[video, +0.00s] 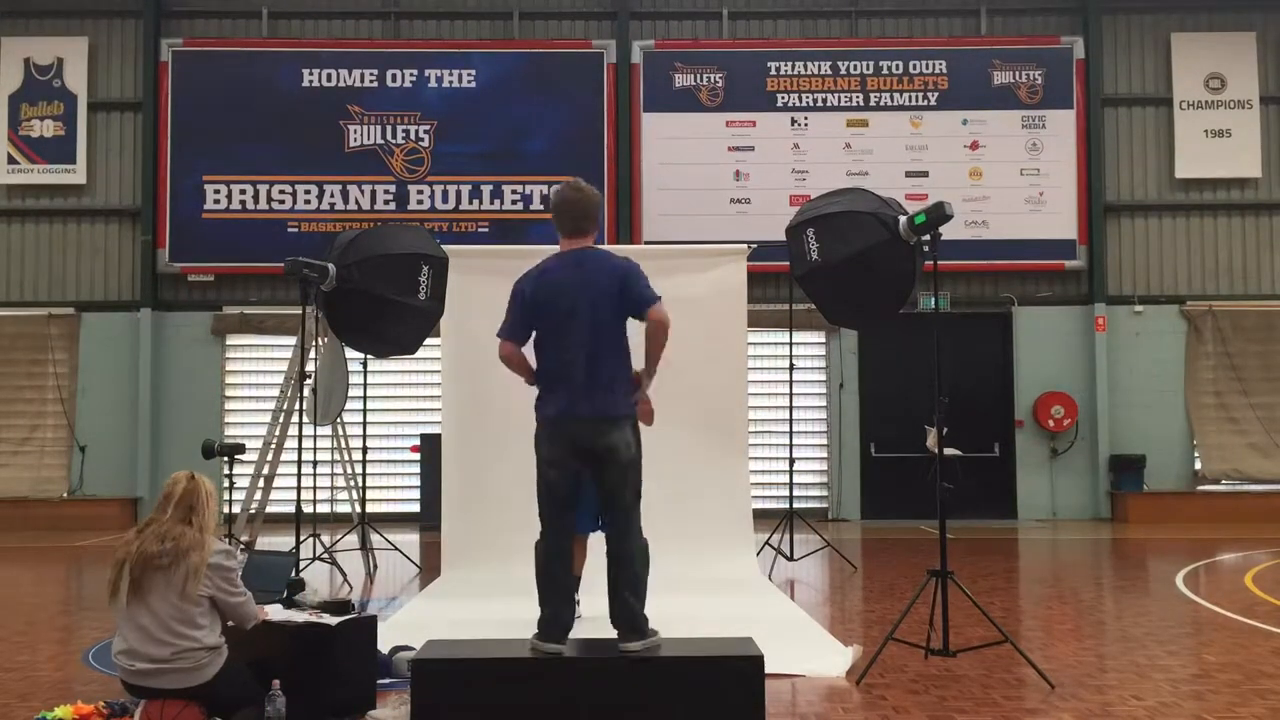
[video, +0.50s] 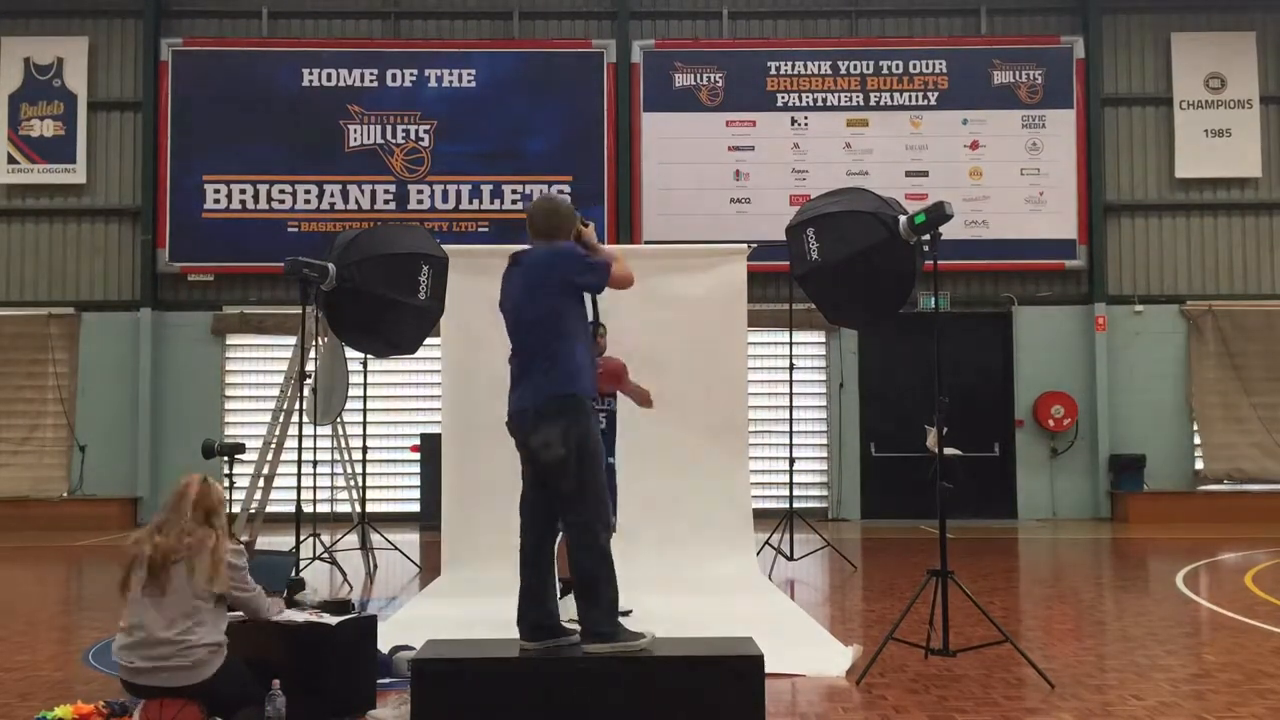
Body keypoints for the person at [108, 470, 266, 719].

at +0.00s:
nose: (215, 512)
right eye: (213, 506)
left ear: (164, 504)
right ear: (206, 510)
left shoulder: (135, 544)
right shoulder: (214, 553)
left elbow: (129, 608)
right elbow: (246, 617)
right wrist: (257, 615)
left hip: (135, 680)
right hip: (195, 679)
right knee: (252, 701)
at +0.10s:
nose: (215, 512)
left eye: (215, 505)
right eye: (213, 506)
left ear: (167, 505)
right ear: (205, 510)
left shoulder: (135, 544)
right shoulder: (214, 553)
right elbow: (246, 617)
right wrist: (256, 616)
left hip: (135, 680)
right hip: (194, 679)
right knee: (252, 701)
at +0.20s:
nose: (219, 520)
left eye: (219, 513)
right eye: (218, 513)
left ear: (171, 506)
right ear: (210, 514)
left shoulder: (135, 542)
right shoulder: (216, 553)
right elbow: (246, 618)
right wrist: (257, 615)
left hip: (135, 680)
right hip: (194, 680)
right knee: (252, 699)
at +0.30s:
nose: (223, 520)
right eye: (221, 514)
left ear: (174, 510)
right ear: (214, 516)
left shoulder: (142, 544)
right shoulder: (222, 554)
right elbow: (264, 607)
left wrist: (223, 599)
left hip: (136, 678)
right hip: (197, 677)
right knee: (253, 702)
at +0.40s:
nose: (236, 526)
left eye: (235, 521)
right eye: (234, 521)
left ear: (189, 513)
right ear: (227, 521)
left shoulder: (155, 542)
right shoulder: (230, 553)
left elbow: (139, 602)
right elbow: (262, 610)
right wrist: (286, 607)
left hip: (136, 675)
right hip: (197, 673)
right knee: (252, 701)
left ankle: (147, 705)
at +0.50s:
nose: (225, 514)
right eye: (222, 508)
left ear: (174, 506)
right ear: (216, 511)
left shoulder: (145, 542)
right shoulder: (225, 550)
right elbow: (259, 608)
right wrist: (277, 604)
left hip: (136, 680)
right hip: (196, 677)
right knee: (252, 700)